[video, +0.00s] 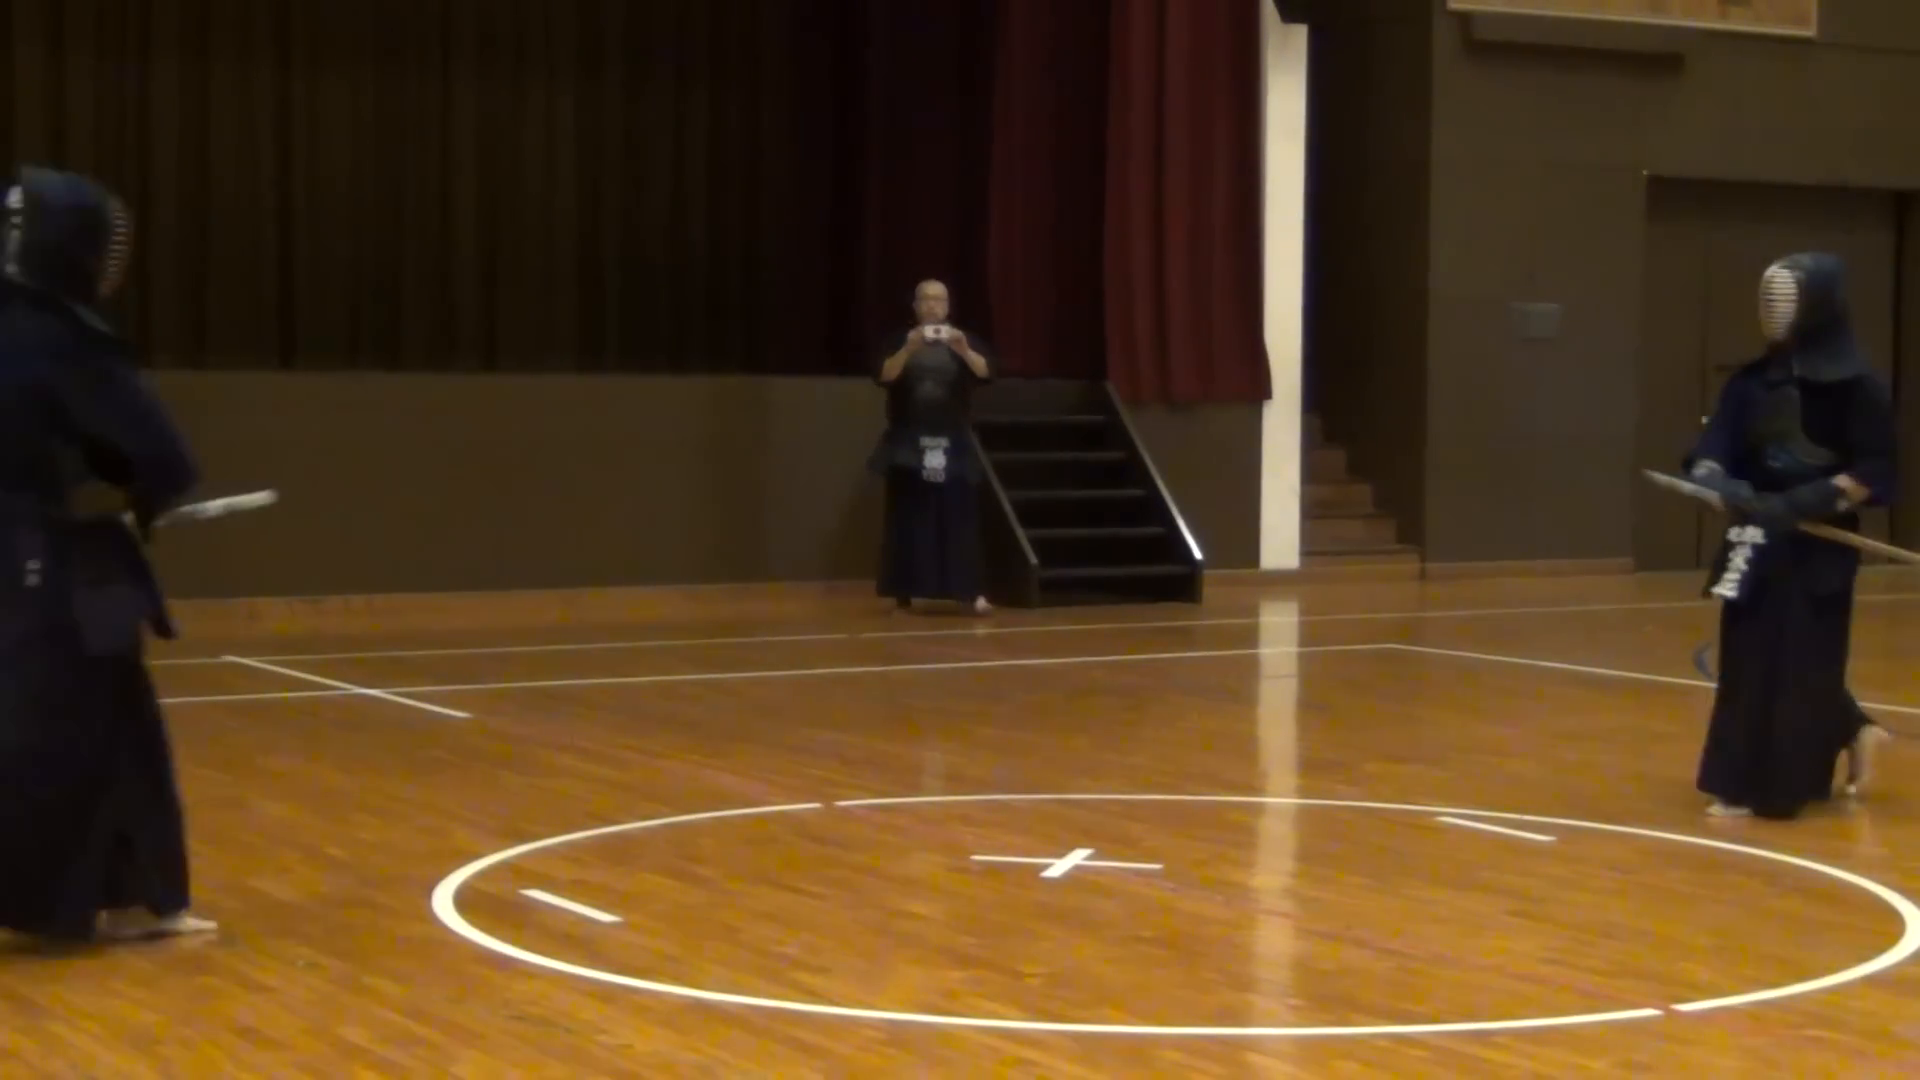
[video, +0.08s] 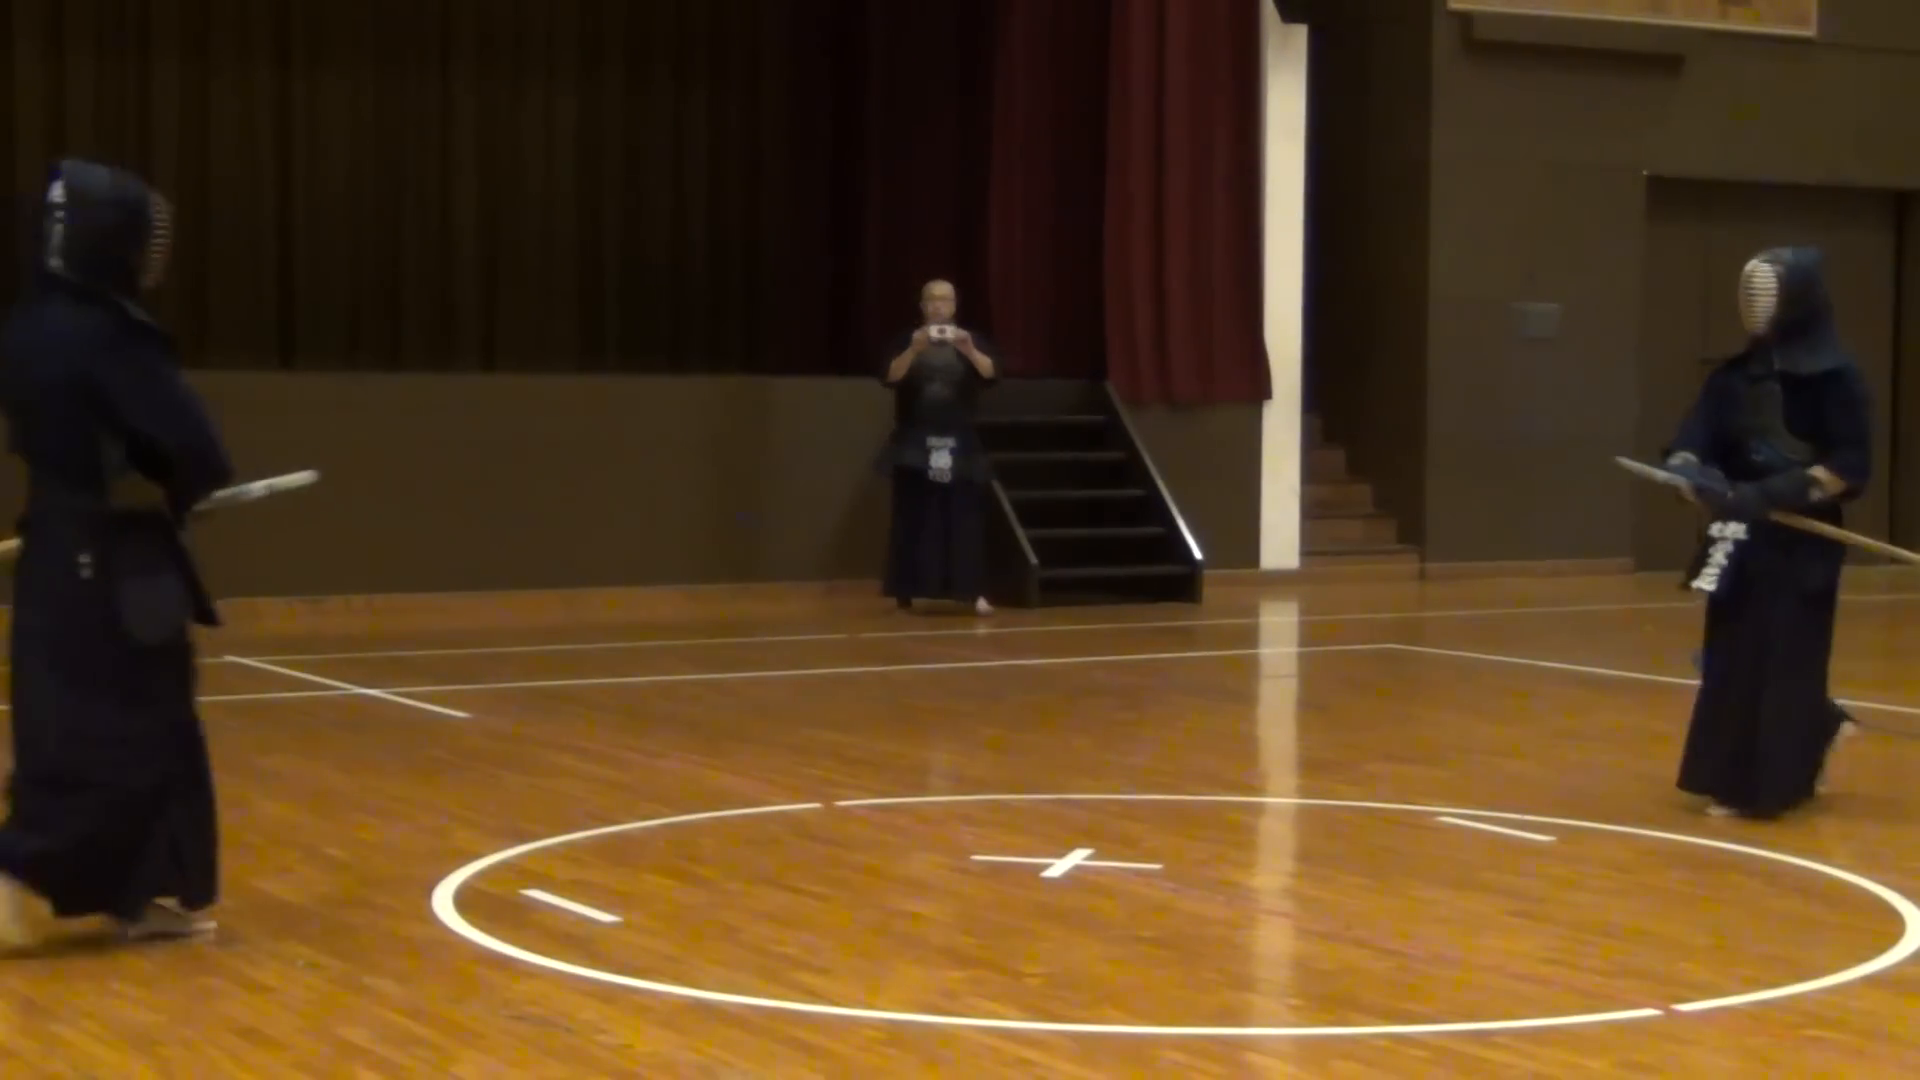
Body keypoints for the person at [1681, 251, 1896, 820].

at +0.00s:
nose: (1771, 312)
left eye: (1783, 301)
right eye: (1768, 301)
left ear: (1818, 305)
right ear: (1766, 304)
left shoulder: (1853, 386)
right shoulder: (1754, 379)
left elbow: (1873, 473)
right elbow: (1717, 440)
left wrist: (1796, 503)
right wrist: (1713, 472)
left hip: (1818, 539)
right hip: (1755, 532)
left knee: (1792, 656)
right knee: (1750, 651)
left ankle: (1746, 788)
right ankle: (1857, 734)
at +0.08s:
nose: (1752, 306)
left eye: (1764, 295)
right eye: (1749, 295)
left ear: (1797, 298)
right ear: (1745, 298)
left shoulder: (1830, 374)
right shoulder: (1735, 373)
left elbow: (1849, 466)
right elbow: (1691, 440)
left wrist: (1765, 494)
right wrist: (1695, 471)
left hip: (1803, 538)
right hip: (1741, 531)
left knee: (1780, 656)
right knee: (1734, 648)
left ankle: (1764, 787)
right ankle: (1814, 717)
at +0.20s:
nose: (1725, 299)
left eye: (1736, 288)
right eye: (1721, 287)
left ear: (1771, 291)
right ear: (1718, 292)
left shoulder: (1807, 369)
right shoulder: (1709, 367)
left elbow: (1826, 457)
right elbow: (1669, 429)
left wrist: (1747, 483)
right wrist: (1655, 454)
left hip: (1780, 536)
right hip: (1714, 528)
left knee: (1765, 655)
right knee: (1705, 649)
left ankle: (1768, 783)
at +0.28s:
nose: (1708, 301)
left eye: (1719, 290)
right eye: (1704, 289)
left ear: (1753, 292)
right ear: (1702, 293)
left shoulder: (1789, 368)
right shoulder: (1692, 367)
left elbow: (1821, 454)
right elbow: (1653, 419)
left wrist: (1754, 483)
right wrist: (1627, 449)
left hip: (1766, 536)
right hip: (1695, 527)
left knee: (1753, 654)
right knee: (1674, 647)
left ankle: (1759, 785)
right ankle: (1674, 779)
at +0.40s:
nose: (1679, 308)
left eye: (1691, 297)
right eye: (1676, 296)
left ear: (1725, 301)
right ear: (1675, 301)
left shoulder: (1765, 379)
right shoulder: (1662, 378)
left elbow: (1797, 456)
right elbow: (1621, 429)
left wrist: (1740, 487)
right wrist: (1592, 461)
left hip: (1738, 541)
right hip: (1662, 533)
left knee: (1729, 658)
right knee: (1628, 647)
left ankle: (1740, 788)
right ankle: (1599, 775)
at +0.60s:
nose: (1621, 315)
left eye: (1634, 304)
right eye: (1618, 303)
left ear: (1666, 309)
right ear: (1616, 308)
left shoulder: (1702, 384)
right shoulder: (1599, 385)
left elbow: (1723, 459)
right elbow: (1560, 443)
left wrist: (1660, 478)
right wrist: (1522, 474)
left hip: (1680, 538)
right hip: (1604, 535)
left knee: (1690, 656)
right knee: (1568, 650)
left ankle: (1728, 788)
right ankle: (1555, 789)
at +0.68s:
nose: (1596, 313)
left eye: (1608, 302)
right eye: (1592, 301)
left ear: (1643, 306)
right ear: (1589, 305)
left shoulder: (1681, 383)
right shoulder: (1577, 381)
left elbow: (1684, 467)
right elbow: (1527, 442)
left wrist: (1607, 450)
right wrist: (1490, 477)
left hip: (1659, 536)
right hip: (1585, 532)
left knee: (1662, 655)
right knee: (1553, 650)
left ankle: (1717, 784)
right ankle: (1541, 788)